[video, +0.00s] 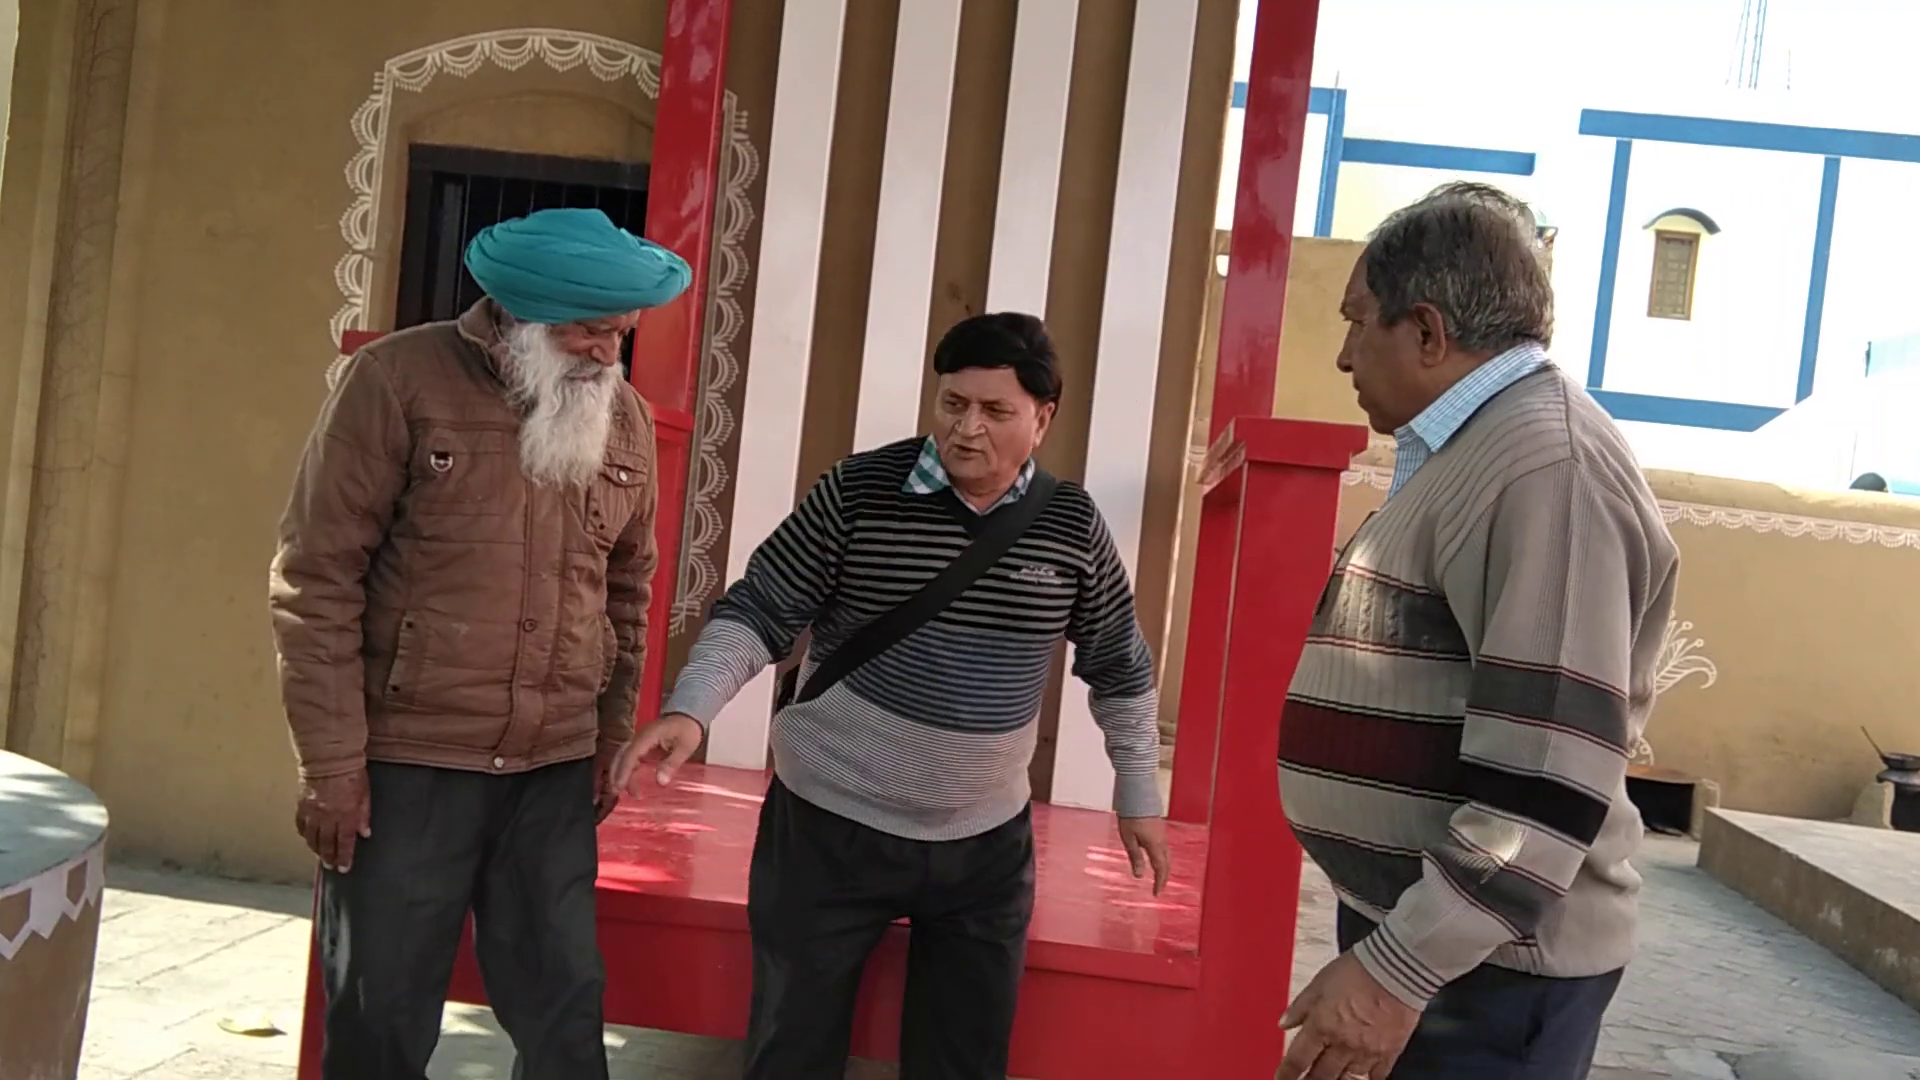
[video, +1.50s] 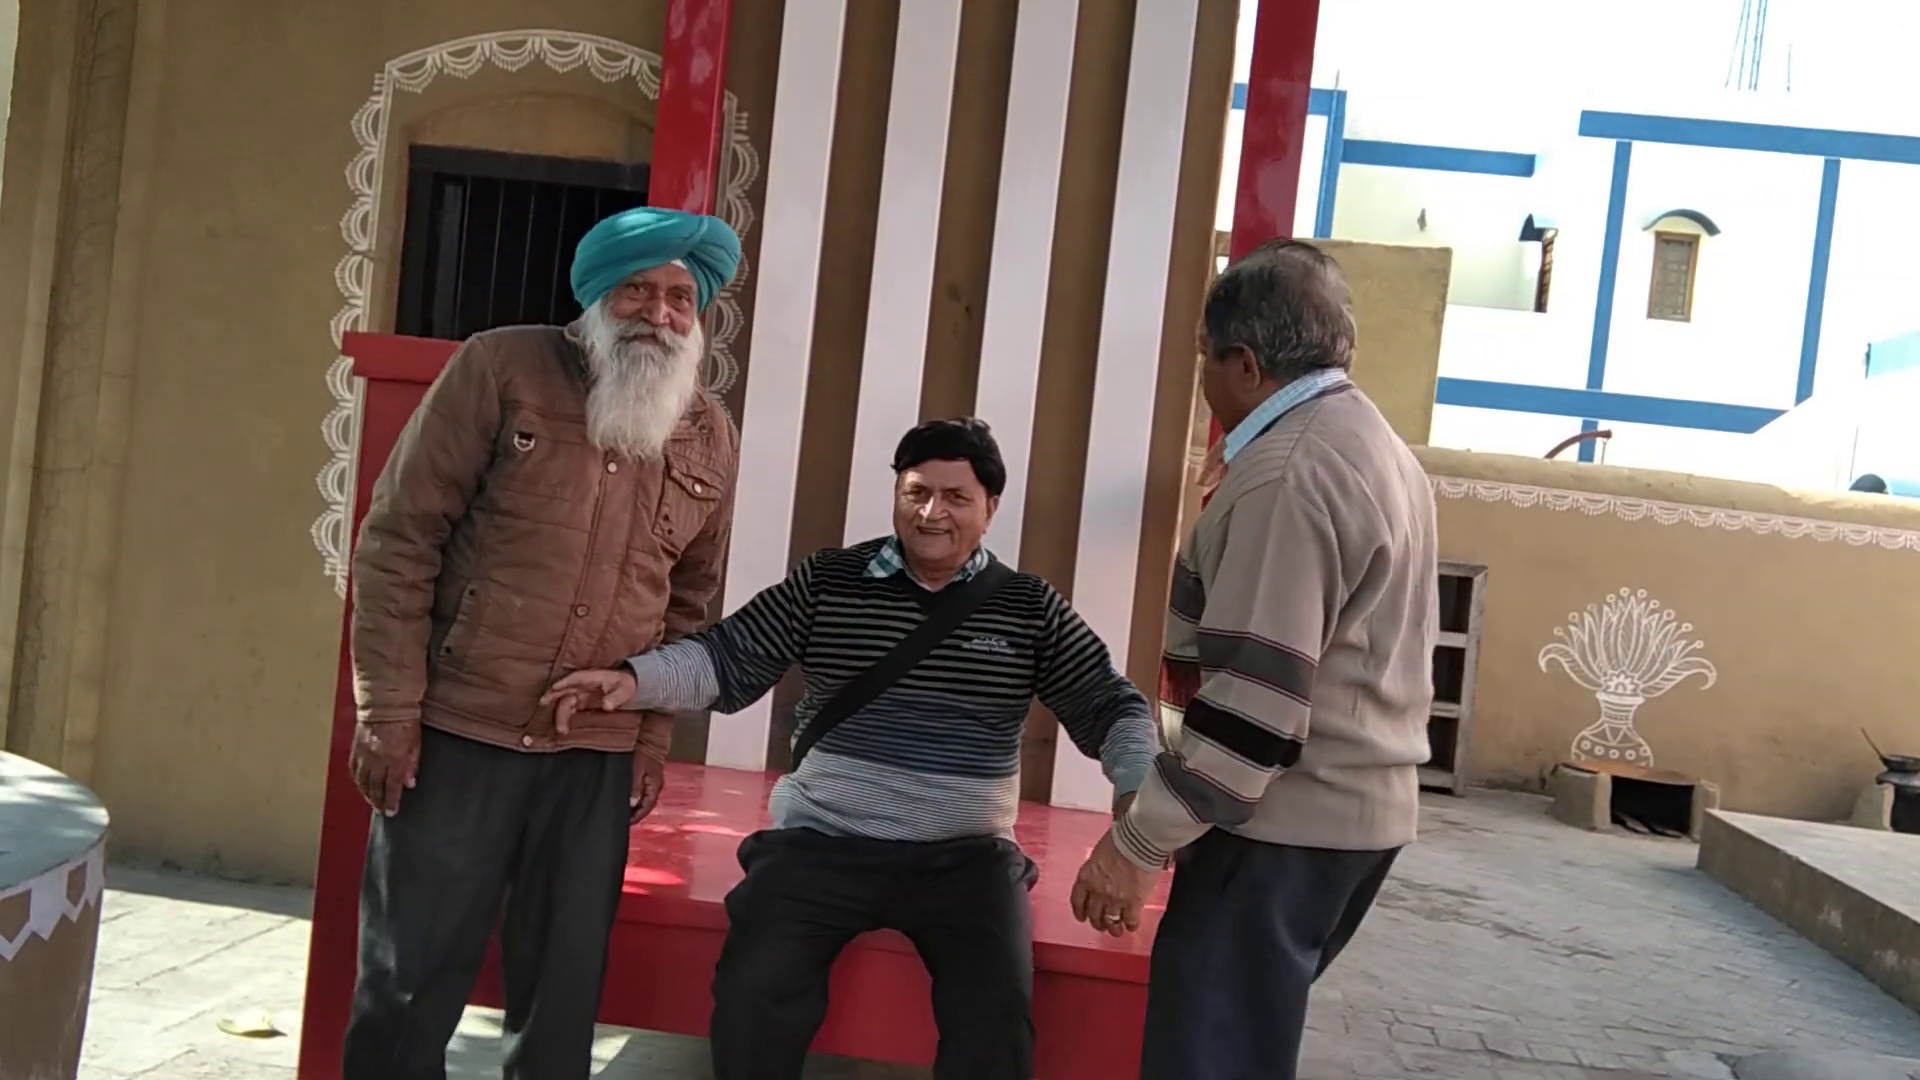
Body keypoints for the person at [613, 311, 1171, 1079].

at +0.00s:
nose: (969, 427)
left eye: (995, 409)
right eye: (954, 404)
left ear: (1043, 418)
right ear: (932, 401)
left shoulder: (1070, 525)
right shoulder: (859, 490)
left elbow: (1118, 664)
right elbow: (763, 605)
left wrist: (1138, 794)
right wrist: (689, 707)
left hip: (982, 841)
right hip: (827, 826)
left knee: (964, 1065)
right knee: (792, 1058)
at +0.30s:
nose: (884, 487)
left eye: (906, 470)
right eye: (874, 465)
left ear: (969, 468)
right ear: (862, 457)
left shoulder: (1030, 564)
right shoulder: (816, 541)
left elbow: (1134, 694)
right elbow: (715, 645)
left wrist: (1199, 821)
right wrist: (608, 681)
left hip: (973, 853)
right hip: (819, 838)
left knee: (978, 1054)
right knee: (777, 1051)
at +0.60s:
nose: (887, 519)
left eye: (911, 502)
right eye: (877, 497)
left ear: (968, 500)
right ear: (863, 489)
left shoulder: (1020, 586)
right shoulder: (815, 565)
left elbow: (1122, 704)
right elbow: (708, 659)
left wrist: (1175, 817)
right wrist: (604, 686)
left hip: (964, 852)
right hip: (812, 839)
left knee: (989, 1018)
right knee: (751, 1012)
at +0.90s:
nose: (916, 523)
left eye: (940, 508)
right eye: (901, 503)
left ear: (980, 515)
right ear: (879, 502)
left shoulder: (1023, 608)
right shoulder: (817, 581)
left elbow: (1119, 717)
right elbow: (705, 657)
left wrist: (1184, 822)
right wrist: (595, 680)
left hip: (964, 854)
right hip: (813, 843)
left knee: (996, 1014)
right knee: (755, 1009)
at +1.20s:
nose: (928, 511)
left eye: (951, 497)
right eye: (914, 492)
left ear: (984, 509)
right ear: (889, 494)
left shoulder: (1025, 603)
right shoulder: (825, 580)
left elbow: (1115, 708)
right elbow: (718, 649)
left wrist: (1167, 813)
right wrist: (615, 681)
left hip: (965, 848)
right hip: (819, 835)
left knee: (997, 1003)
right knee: (756, 990)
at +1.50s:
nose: (932, 511)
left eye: (955, 497)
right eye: (918, 492)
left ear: (991, 510)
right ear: (895, 496)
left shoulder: (1029, 607)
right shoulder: (830, 583)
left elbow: (1112, 711)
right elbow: (728, 657)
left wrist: (1158, 805)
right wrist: (628, 685)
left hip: (963, 847)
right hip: (821, 835)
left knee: (995, 1006)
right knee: (755, 991)